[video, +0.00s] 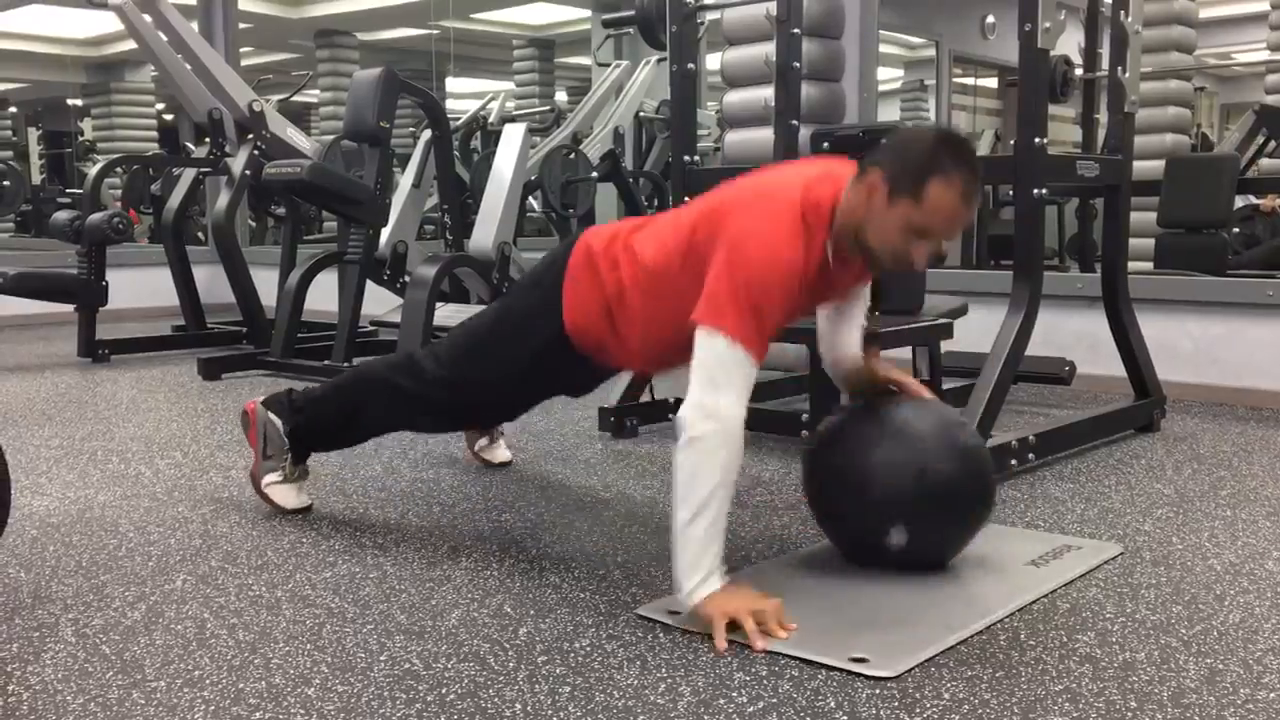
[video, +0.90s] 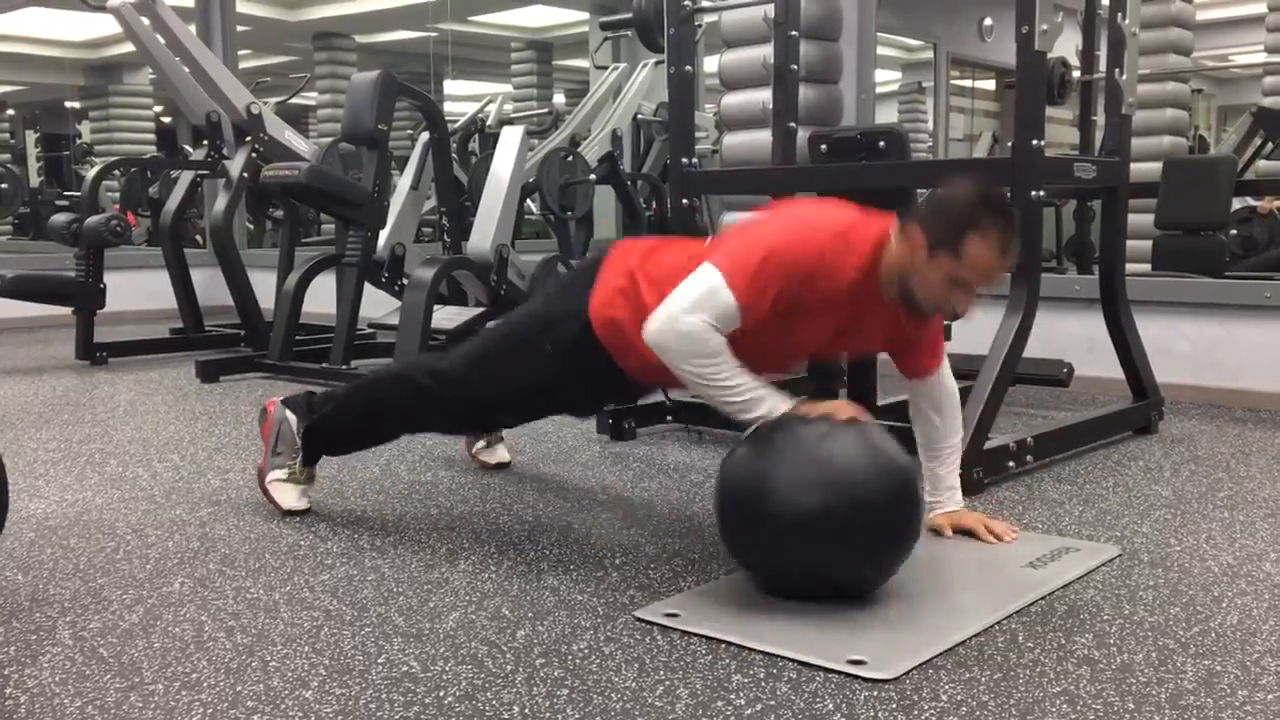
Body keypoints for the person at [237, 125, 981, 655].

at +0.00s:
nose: (927, 258)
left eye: (941, 244)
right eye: (924, 237)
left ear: (909, 205)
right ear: (874, 189)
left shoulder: (864, 219)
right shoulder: (776, 230)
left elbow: (837, 303)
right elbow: (714, 411)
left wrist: (857, 365)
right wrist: (704, 584)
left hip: (633, 314)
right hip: (585, 291)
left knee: (529, 377)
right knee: (440, 384)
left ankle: (476, 415)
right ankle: (284, 424)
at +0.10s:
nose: (925, 228)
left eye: (941, 217)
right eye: (920, 207)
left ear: (923, 180)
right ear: (877, 162)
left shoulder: (879, 188)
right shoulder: (775, 199)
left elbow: (885, 255)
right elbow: (678, 335)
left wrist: (849, 309)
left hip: (650, 323)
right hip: (597, 284)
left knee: (542, 377)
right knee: (452, 380)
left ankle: (480, 414)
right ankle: (292, 424)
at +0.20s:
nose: (940, 260)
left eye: (954, 247)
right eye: (938, 239)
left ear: (928, 215)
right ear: (895, 197)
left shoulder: (896, 230)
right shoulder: (791, 211)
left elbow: (924, 310)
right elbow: (652, 286)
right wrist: (761, 403)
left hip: (649, 338)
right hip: (590, 317)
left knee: (530, 379)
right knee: (453, 392)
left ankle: (467, 419)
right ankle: (289, 424)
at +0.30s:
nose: (966, 357)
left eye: (979, 345)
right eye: (962, 335)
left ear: (964, 313)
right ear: (919, 292)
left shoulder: (932, 319)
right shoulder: (828, 277)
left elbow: (959, 396)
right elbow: (673, 294)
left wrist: (954, 499)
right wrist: (718, 431)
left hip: (672, 378)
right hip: (622, 347)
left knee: (545, 397)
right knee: (473, 408)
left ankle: (481, 421)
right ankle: (293, 423)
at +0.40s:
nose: (983, 475)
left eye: (1002, 466)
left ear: (975, 407)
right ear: (959, 409)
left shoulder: (932, 374)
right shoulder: (858, 367)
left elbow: (940, 431)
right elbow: (709, 310)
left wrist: (954, 497)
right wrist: (723, 441)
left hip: (674, 384)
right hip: (639, 396)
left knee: (534, 403)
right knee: (480, 441)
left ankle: (459, 388)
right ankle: (306, 422)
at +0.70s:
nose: (993, 471)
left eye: (1011, 464)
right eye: (995, 452)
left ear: (984, 416)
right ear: (958, 403)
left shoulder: (933, 388)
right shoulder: (865, 373)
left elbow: (940, 429)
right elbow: (709, 308)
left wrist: (950, 500)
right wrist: (724, 448)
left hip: (695, 415)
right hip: (655, 399)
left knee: (554, 419)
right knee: (488, 443)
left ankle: (469, 388)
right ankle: (316, 424)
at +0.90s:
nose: (967, 306)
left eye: (981, 292)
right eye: (961, 284)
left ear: (970, 273)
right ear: (912, 242)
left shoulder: (918, 300)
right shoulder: (817, 242)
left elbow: (935, 394)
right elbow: (672, 331)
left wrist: (944, 496)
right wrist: (780, 412)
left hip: (657, 356)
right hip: (609, 307)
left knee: (525, 386)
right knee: (460, 382)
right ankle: (301, 421)